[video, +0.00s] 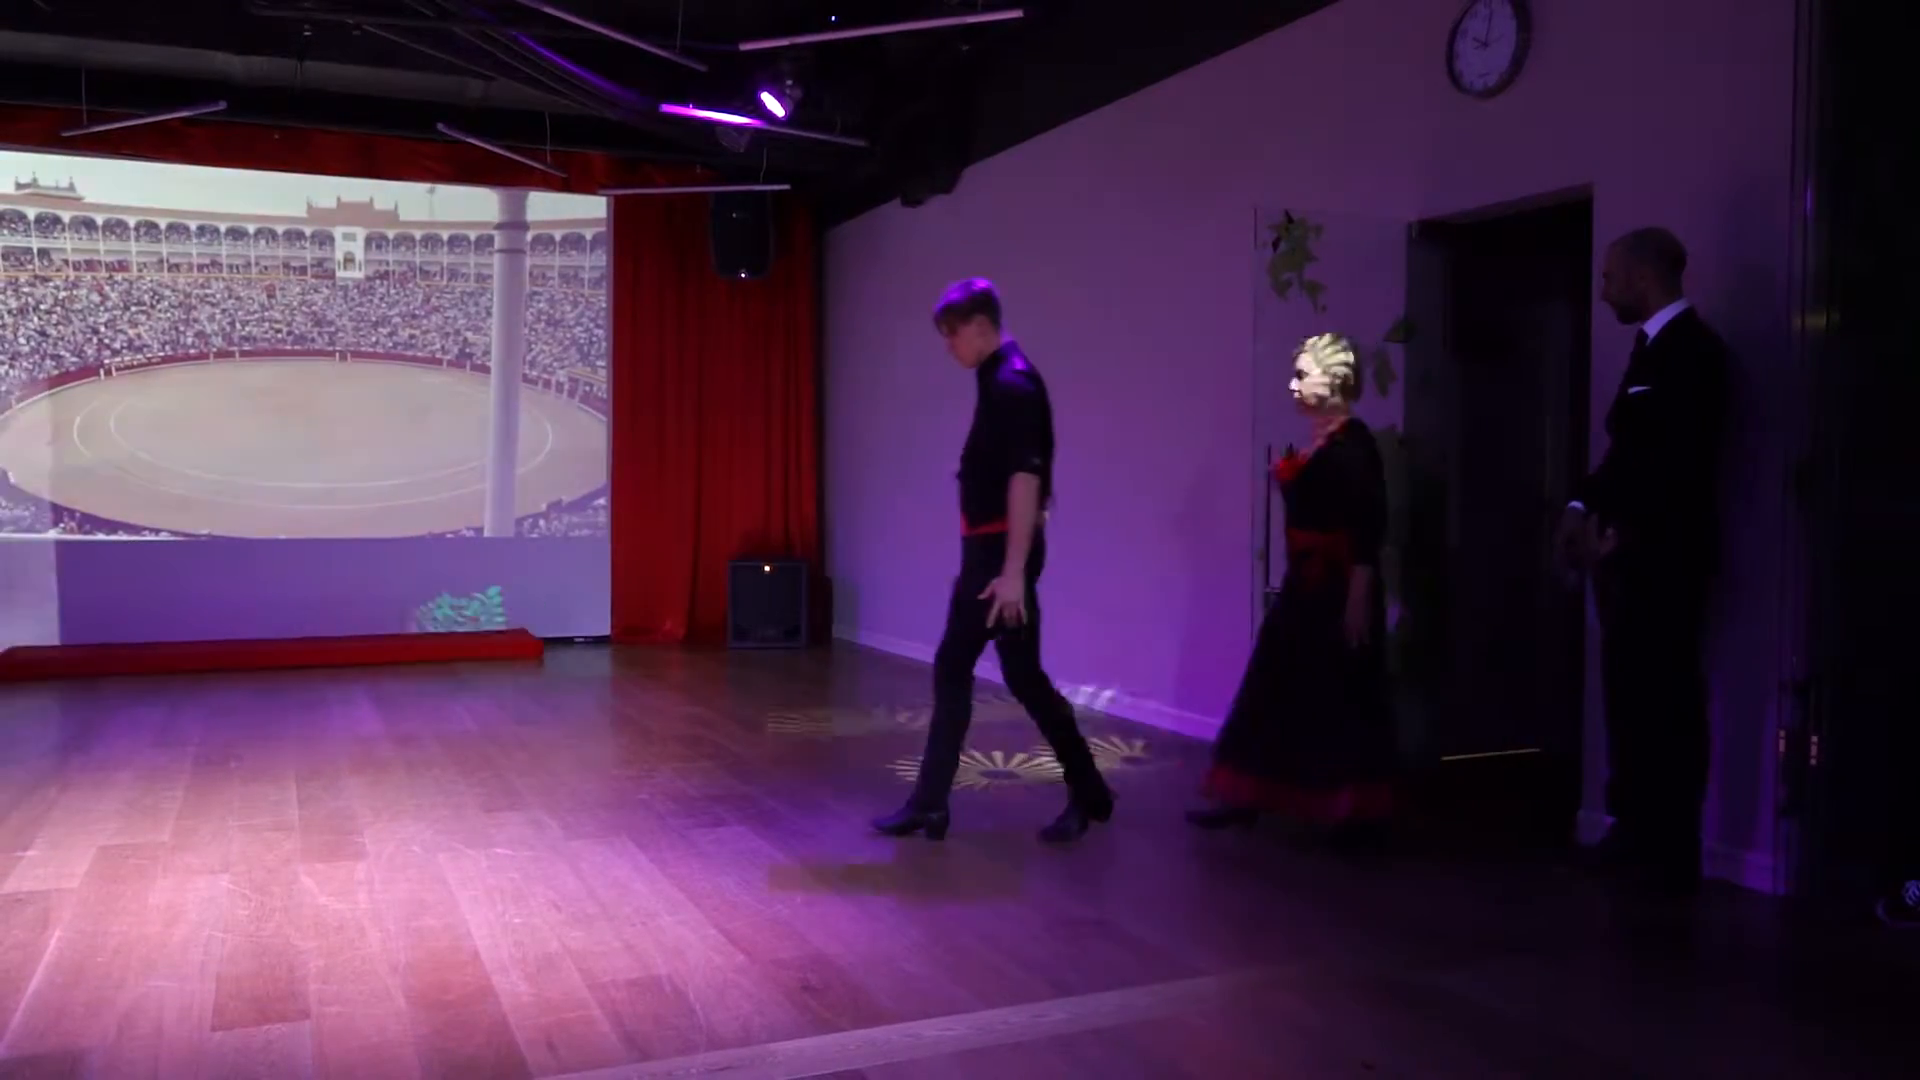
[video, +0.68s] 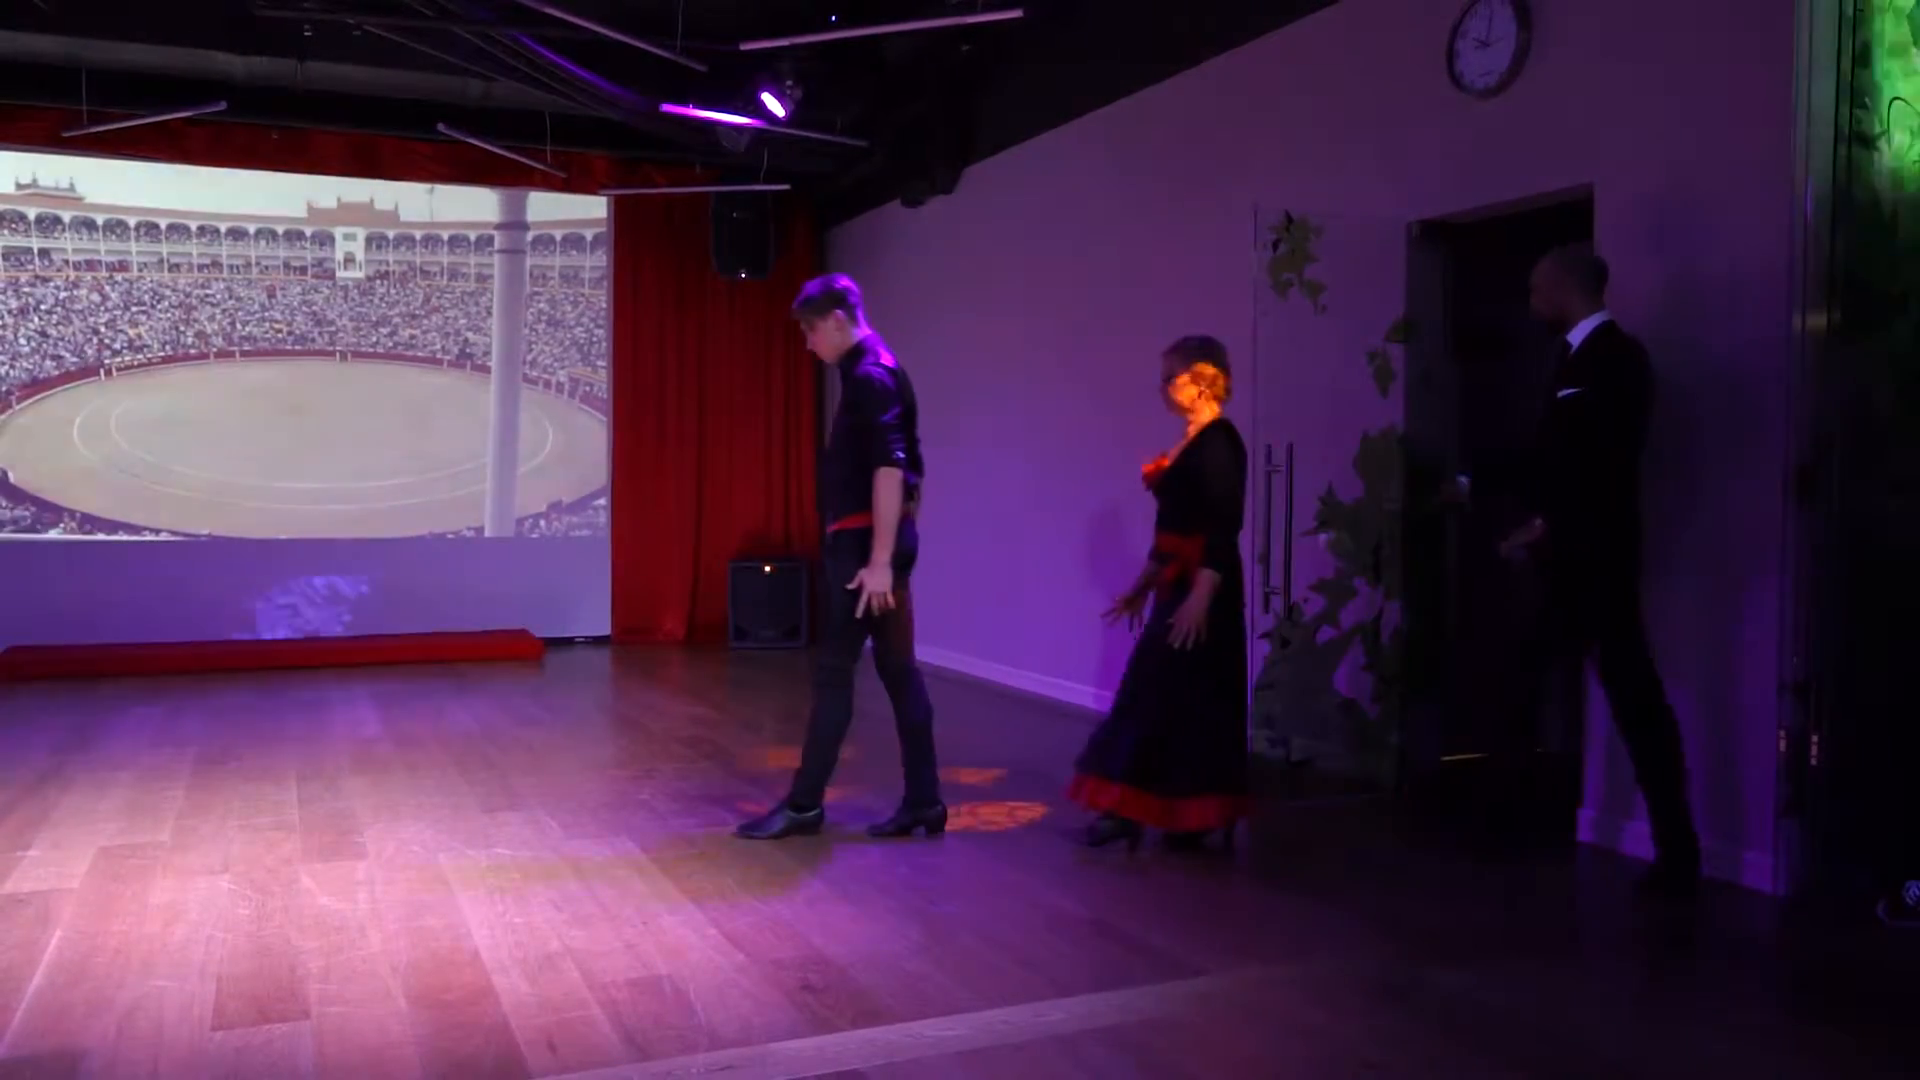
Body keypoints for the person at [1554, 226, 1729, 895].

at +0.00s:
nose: (1604, 287)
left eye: (1612, 275)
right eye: (1606, 275)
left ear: (1644, 278)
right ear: (1653, 276)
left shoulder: (1687, 353)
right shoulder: (1651, 349)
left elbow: (1664, 464)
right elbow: (1625, 451)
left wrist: (1615, 525)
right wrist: (1587, 508)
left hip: (1670, 556)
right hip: (1639, 554)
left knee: (1663, 698)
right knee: (1636, 697)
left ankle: (1665, 848)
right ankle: (1636, 839)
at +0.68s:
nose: (1534, 301)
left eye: (1541, 288)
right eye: (1535, 289)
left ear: (1570, 288)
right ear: (1584, 287)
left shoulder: (1598, 361)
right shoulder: (1601, 356)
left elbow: (1585, 470)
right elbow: (1584, 469)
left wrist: (1547, 525)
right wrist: (1546, 525)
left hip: (1595, 552)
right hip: (1590, 549)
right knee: (1634, 695)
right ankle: (1675, 847)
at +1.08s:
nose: (1448, 306)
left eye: (1453, 293)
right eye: (1448, 295)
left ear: (1481, 291)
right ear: (1480, 292)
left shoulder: (1543, 351)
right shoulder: (1489, 358)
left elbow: (1550, 458)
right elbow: (1432, 420)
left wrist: (1526, 538)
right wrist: (1345, 439)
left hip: (1546, 547)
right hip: (1500, 546)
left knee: (1564, 687)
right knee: (1496, 686)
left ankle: (1592, 829)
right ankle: (1500, 820)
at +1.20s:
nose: (1440, 304)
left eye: (1445, 291)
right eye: (1439, 293)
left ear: (1475, 288)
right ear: (1468, 291)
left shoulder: (1534, 350)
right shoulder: (1483, 358)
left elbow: (1549, 454)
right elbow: (1424, 422)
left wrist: (1531, 536)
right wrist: (1336, 441)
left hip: (1536, 554)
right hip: (1491, 549)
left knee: (1547, 692)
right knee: (1496, 688)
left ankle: (1560, 836)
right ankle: (1503, 825)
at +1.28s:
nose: (1437, 302)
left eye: (1443, 289)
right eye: (1436, 291)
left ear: (1475, 286)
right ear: (1464, 290)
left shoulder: (1530, 350)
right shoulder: (1480, 359)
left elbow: (1547, 451)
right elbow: (1419, 426)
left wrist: (1532, 535)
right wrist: (1334, 445)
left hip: (1532, 553)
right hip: (1489, 547)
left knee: (1530, 687)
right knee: (1493, 683)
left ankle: (1533, 832)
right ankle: (1491, 819)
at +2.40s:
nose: (1520, 310)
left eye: (1521, 298)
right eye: (1523, 297)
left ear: (1530, 299)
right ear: (1575, 290)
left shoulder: (1549, 361)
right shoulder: (1615, 352)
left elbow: (1546, 475)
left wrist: (1526, 560)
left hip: (1567, 557)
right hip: (1614, 550)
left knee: (1564, 697)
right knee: (1608, 697)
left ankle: (1567, 837)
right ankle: (1613, 838)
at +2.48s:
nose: (1563, 307)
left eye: (1564, 295)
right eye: (1568, 293)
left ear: (1569, 296)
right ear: (1617, 286)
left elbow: (1576, 468)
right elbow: (1657, 464)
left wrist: (1557, 553)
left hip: (1602, 554)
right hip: (1654, 548)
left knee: (1605, 698)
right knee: (1648, 701)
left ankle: (1607, 845)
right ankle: (1653, 846)